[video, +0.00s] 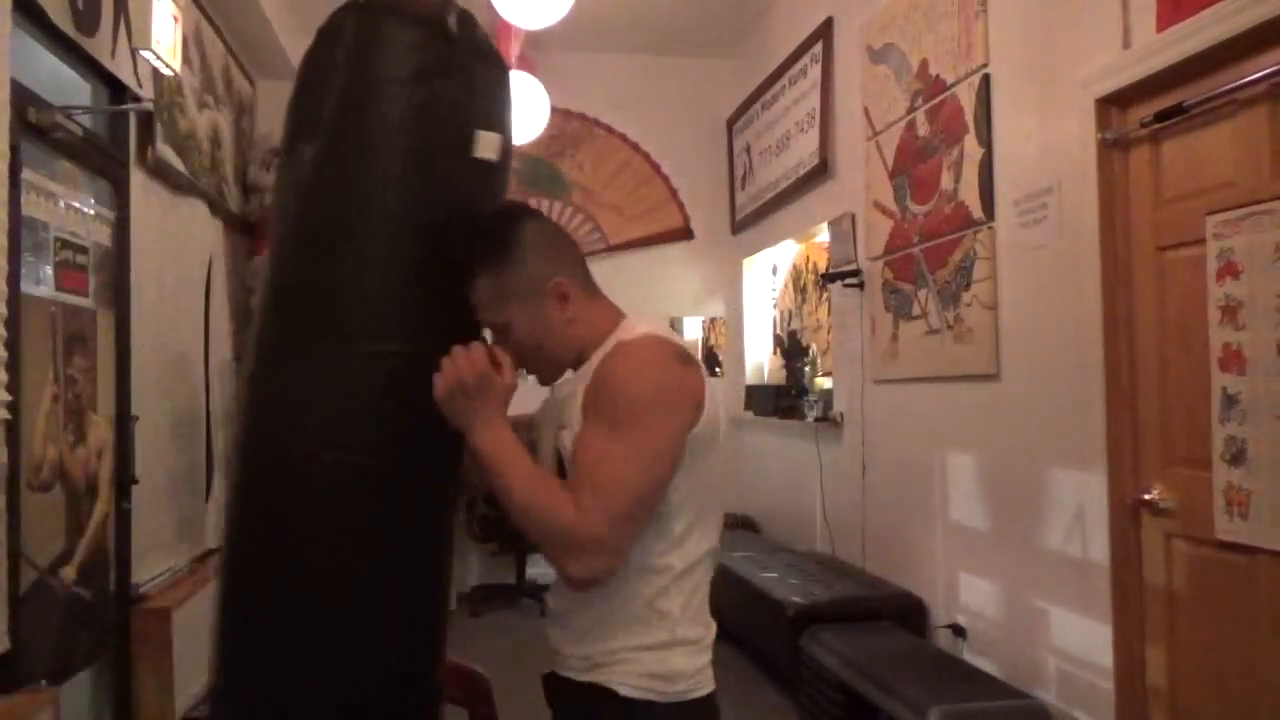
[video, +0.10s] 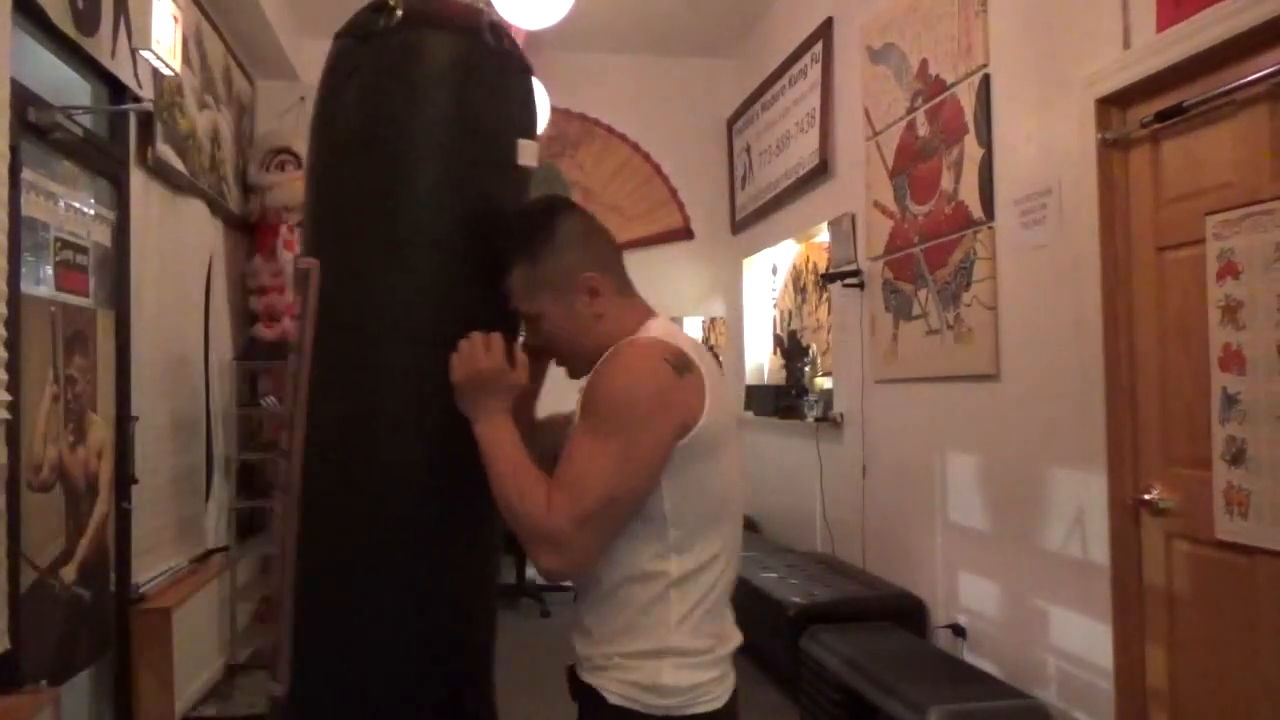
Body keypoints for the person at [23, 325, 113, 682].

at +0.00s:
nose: (71, 391)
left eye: (76, 383)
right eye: (64, 384)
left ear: (89, 386)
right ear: (57, 392)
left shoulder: (102, 431)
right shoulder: (62, 437)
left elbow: (104, 503)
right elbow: (39, 481)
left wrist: (75, 563)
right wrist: (46, 407)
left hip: (101, 549)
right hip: (73, 547)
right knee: (30, 604)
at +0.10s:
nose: (69, 391)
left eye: (75, 382)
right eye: (63, 383)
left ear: (90, 386)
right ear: (59, 390)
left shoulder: (104, 433)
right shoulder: (62, 438)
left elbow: (104, 502)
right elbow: (39, 481)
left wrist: (75, 563)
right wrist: (45, 404)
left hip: (104, 551)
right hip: (74, 549)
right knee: (32, 602)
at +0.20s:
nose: (68, 391)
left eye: (74, 381)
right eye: (63, 383)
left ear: (91, 385)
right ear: (59, 389)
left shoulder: (104, 433)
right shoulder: (62, 439)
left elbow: (104, 503)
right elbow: (38, 480)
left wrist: (76, 563)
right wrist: (45, 404)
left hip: (106, 552)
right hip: (75, 550)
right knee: (32, 602)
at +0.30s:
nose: (69, 391)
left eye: (75, 382)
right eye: (63, 383)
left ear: (90, 386)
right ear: (58, 390)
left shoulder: (104, 432)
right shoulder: (62, 437)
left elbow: (104, 502)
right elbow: (39, 481)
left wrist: (76, 563)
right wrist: (45, 405)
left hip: (104, 550)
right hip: (74, 547)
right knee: (31, 603)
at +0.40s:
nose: (68, 391)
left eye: (75, 382)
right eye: (64, 383)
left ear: (91, 385)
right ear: (61, 389)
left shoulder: (104, 433)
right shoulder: (63, 437)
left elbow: (104, 501)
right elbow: (39, 481)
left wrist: (76, 563)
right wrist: (45, 406)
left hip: (103, 547)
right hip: (75, 545)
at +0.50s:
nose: (70, 390)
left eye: (76, 381)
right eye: (65, 382)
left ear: (91, 385)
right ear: (61, 388)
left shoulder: (104, 431)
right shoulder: (62, 437)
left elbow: (104, 501)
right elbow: (38, 481)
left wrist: (76, 563)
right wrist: (45, 405)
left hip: (104, 549)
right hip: (75, 547)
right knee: (32, 602)